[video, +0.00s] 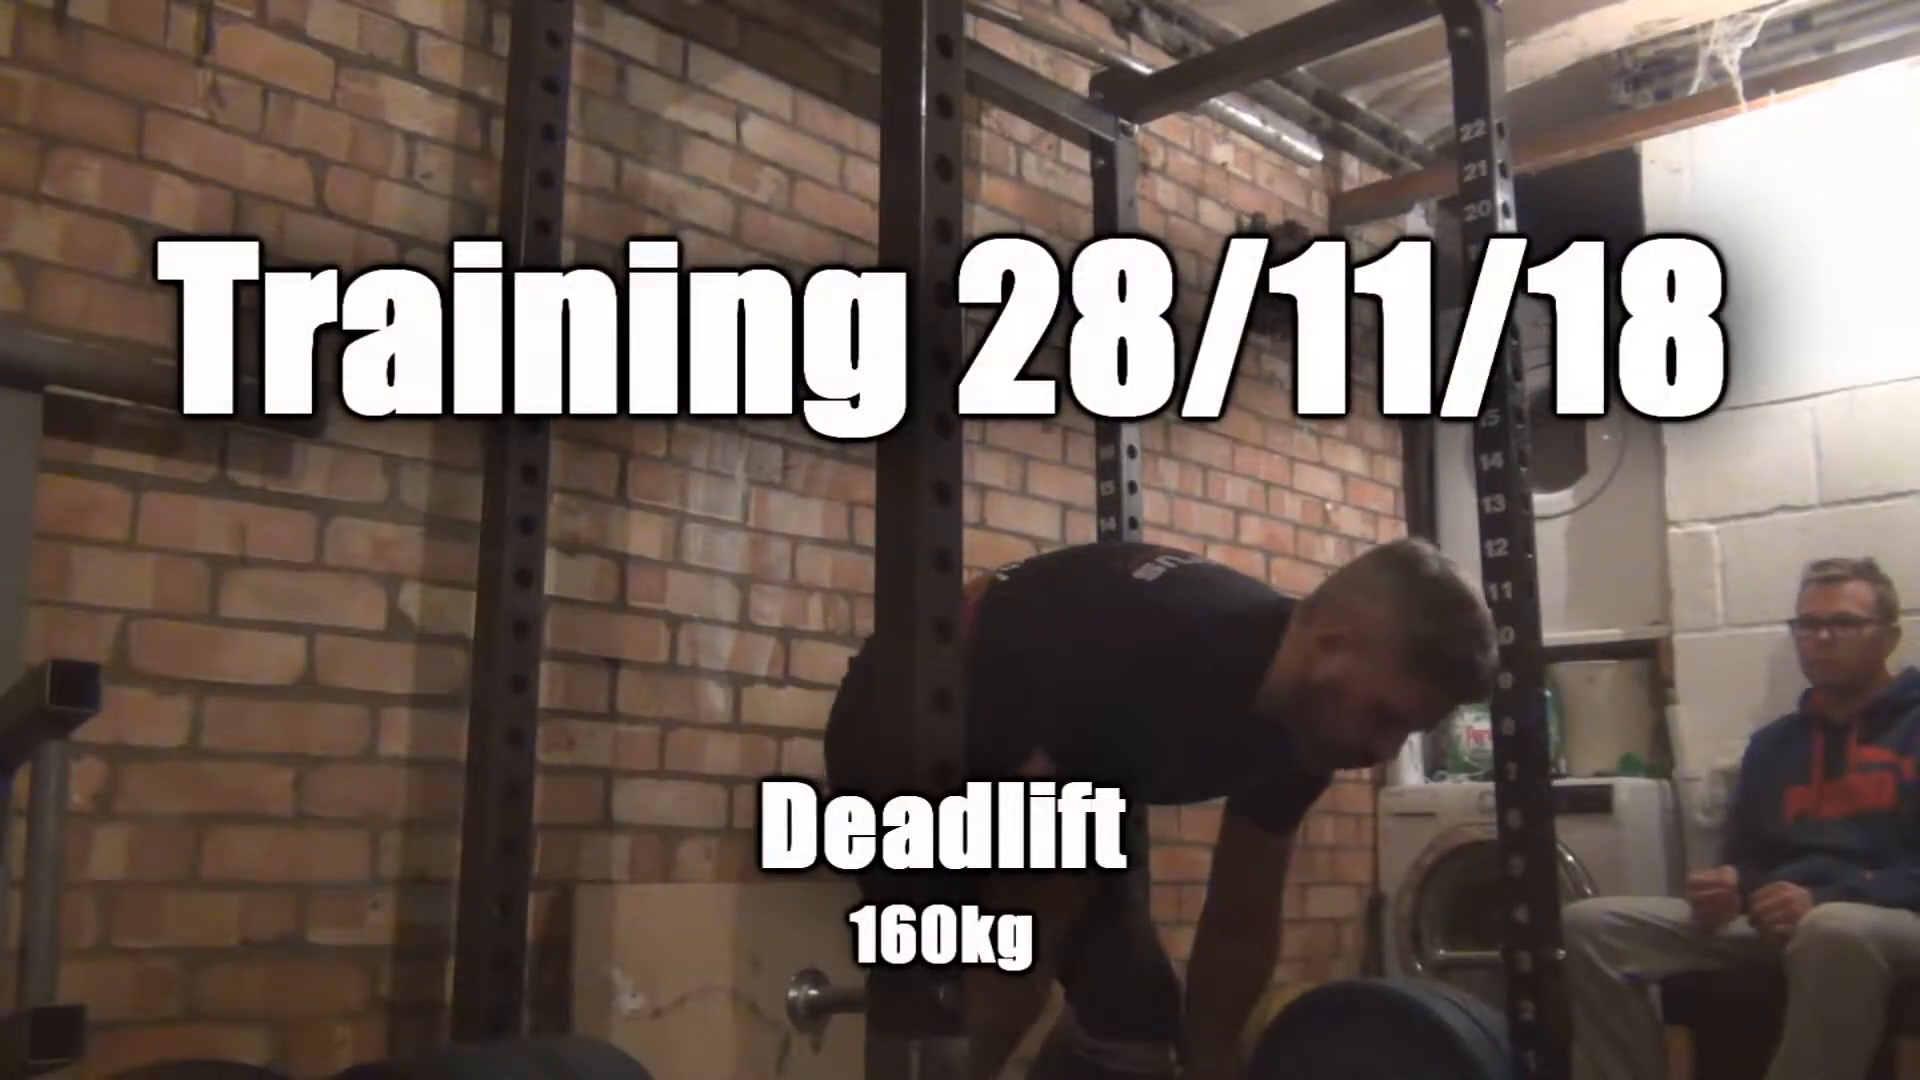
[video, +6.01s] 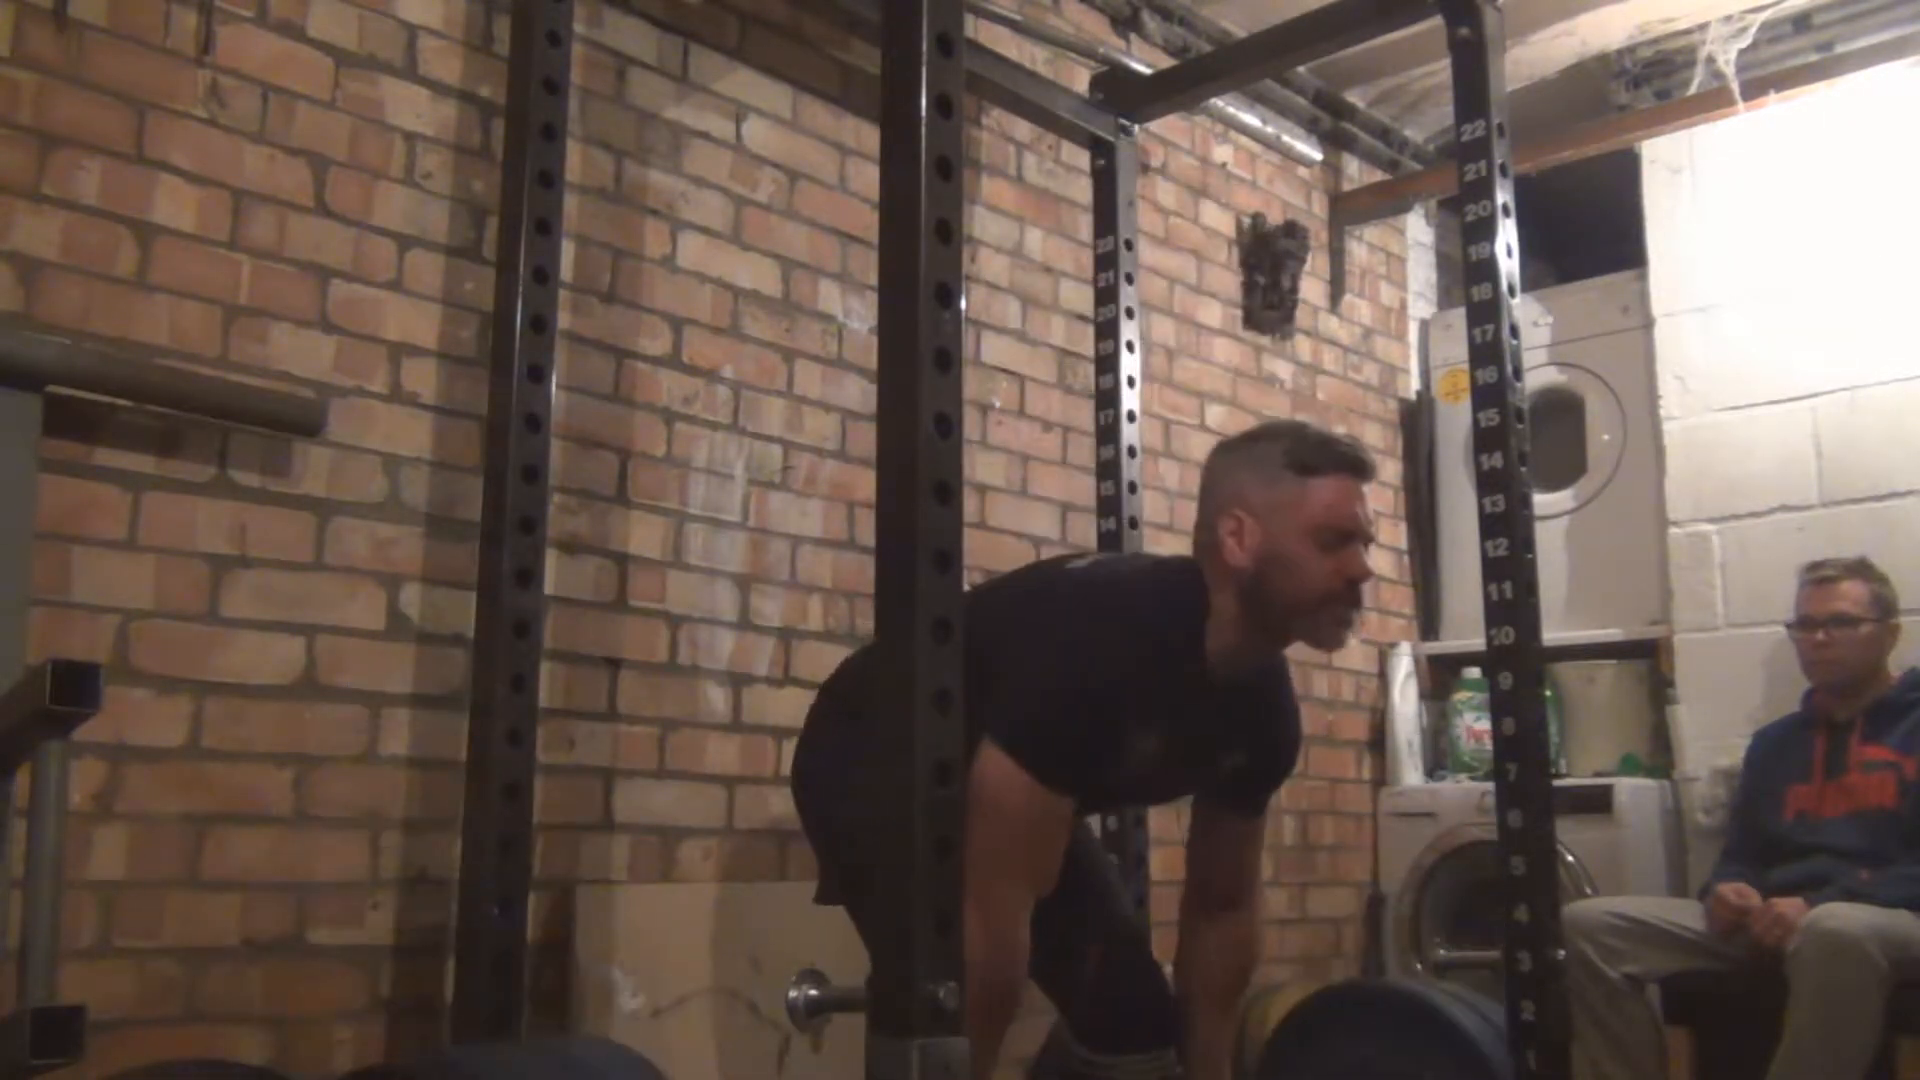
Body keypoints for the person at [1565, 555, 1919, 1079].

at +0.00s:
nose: (1821, 638)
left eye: (1843, 624)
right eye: (1808, 624)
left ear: (1889, 636)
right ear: (1794, 633)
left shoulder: (1911, 723)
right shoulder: (1772, 744)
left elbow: (1912, 873)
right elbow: (1744, 859)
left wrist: (1820, 900)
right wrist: (1729, 889)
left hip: (1893, 920)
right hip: (1772, 920)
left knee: (1832, 936)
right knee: (1588, 928)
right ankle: (1626, 1073)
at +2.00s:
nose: (1822, 638)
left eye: (1844, 624)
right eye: (1809, 624)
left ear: (1890, 636)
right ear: (1794, 634)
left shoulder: (1914, 723)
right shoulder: (1772, 744)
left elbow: (1914, 873)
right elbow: (1745, 858)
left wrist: (1820, 900)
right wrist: (1729, 888)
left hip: (1894, 920)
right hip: (1770, 921)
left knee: (1833, 935)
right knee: (1589, 929)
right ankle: (1629, 1072)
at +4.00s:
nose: (1824, 638)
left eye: (1846, 624)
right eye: (1811, 624)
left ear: (1891, 636)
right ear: (1795, 634)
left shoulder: (1912, 723)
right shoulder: (1773, 745)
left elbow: (1912, 876)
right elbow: (1746, 856)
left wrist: (1819, 901)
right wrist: (1730, 884)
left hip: (1894, 920)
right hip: (1772, 919)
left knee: (1833, 936)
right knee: (1590, 928)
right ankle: (1625, 1073)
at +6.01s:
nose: (1818, 639)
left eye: (1840, 624)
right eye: (1805, 625)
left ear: (1889, 635)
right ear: (1792, 634)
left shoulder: (1913, 722)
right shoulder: (1775, 743)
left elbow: (1914, 870)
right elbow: (1740, 853)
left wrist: (1817, 905)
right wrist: (1726, 890)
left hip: (1892, 917)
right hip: (1766, 917)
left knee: (1834, 936)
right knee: (1587, 929)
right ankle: (1629, 1073)